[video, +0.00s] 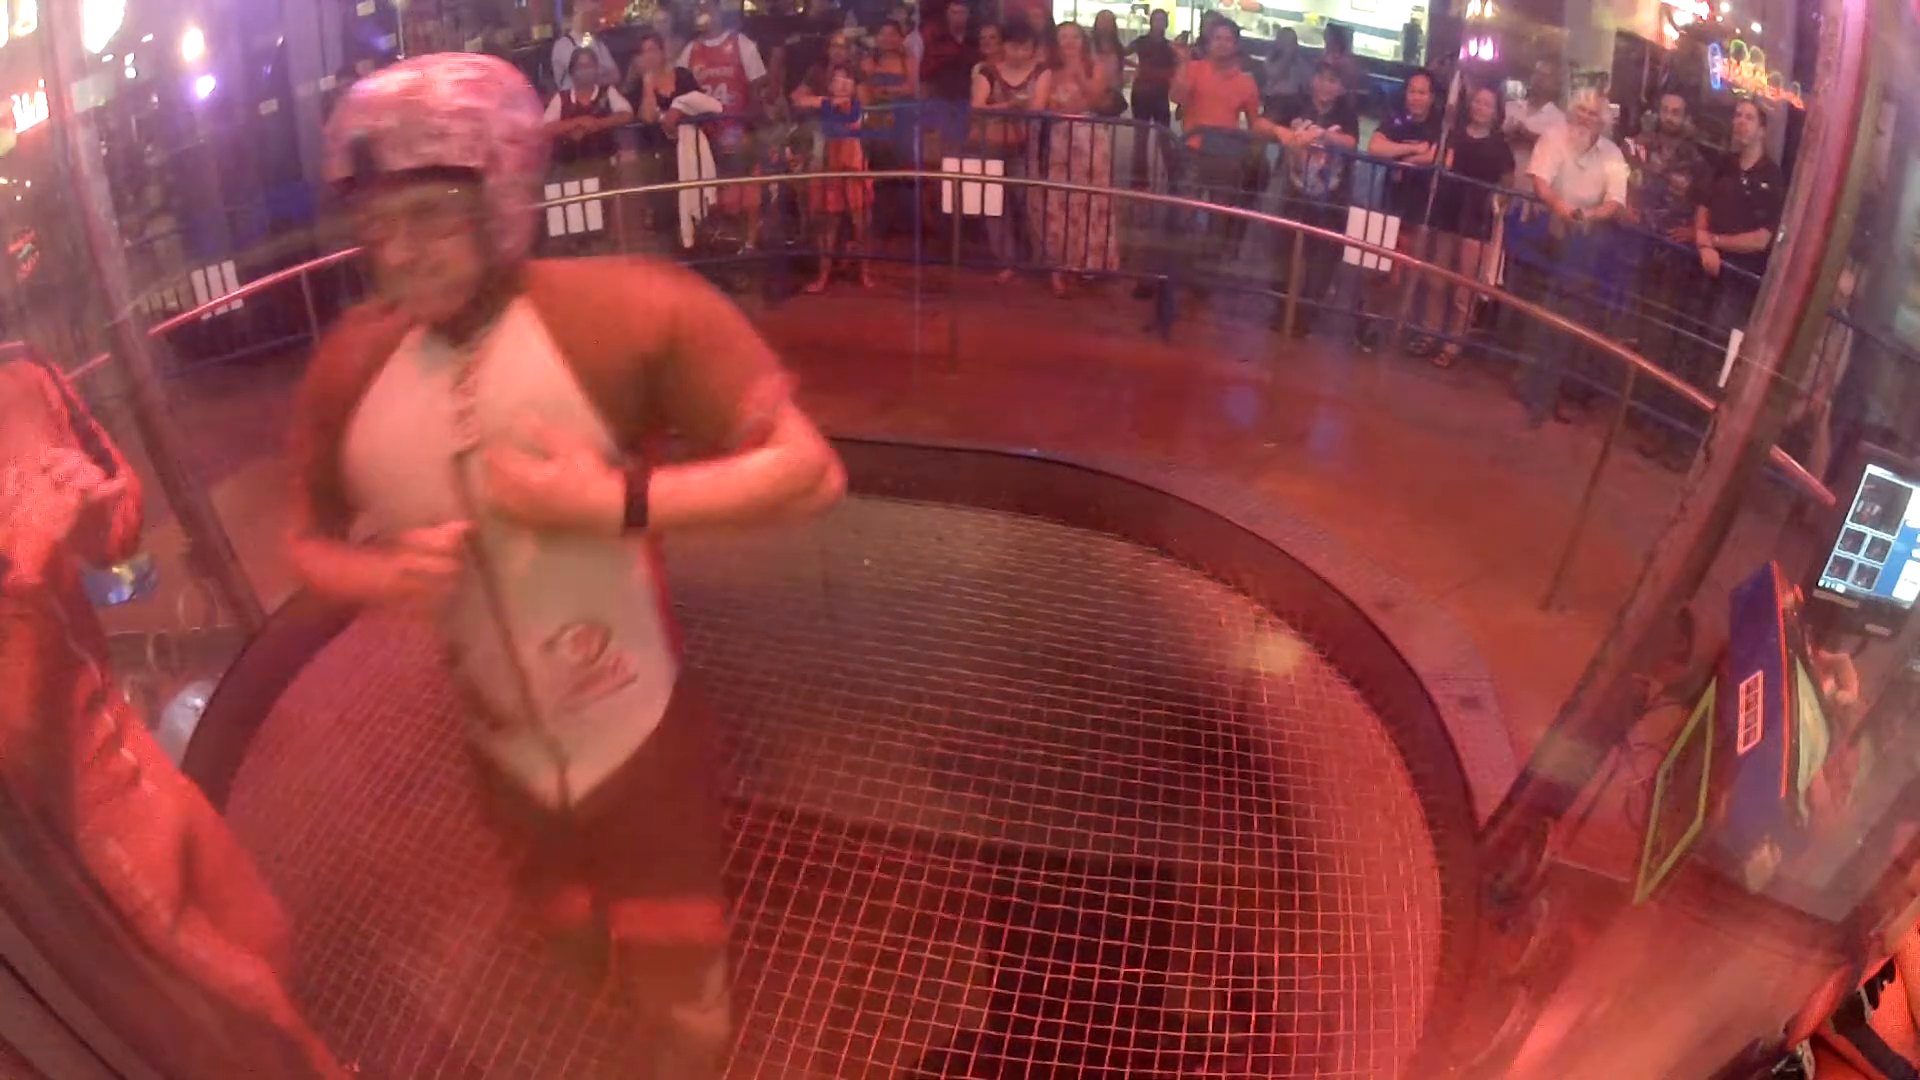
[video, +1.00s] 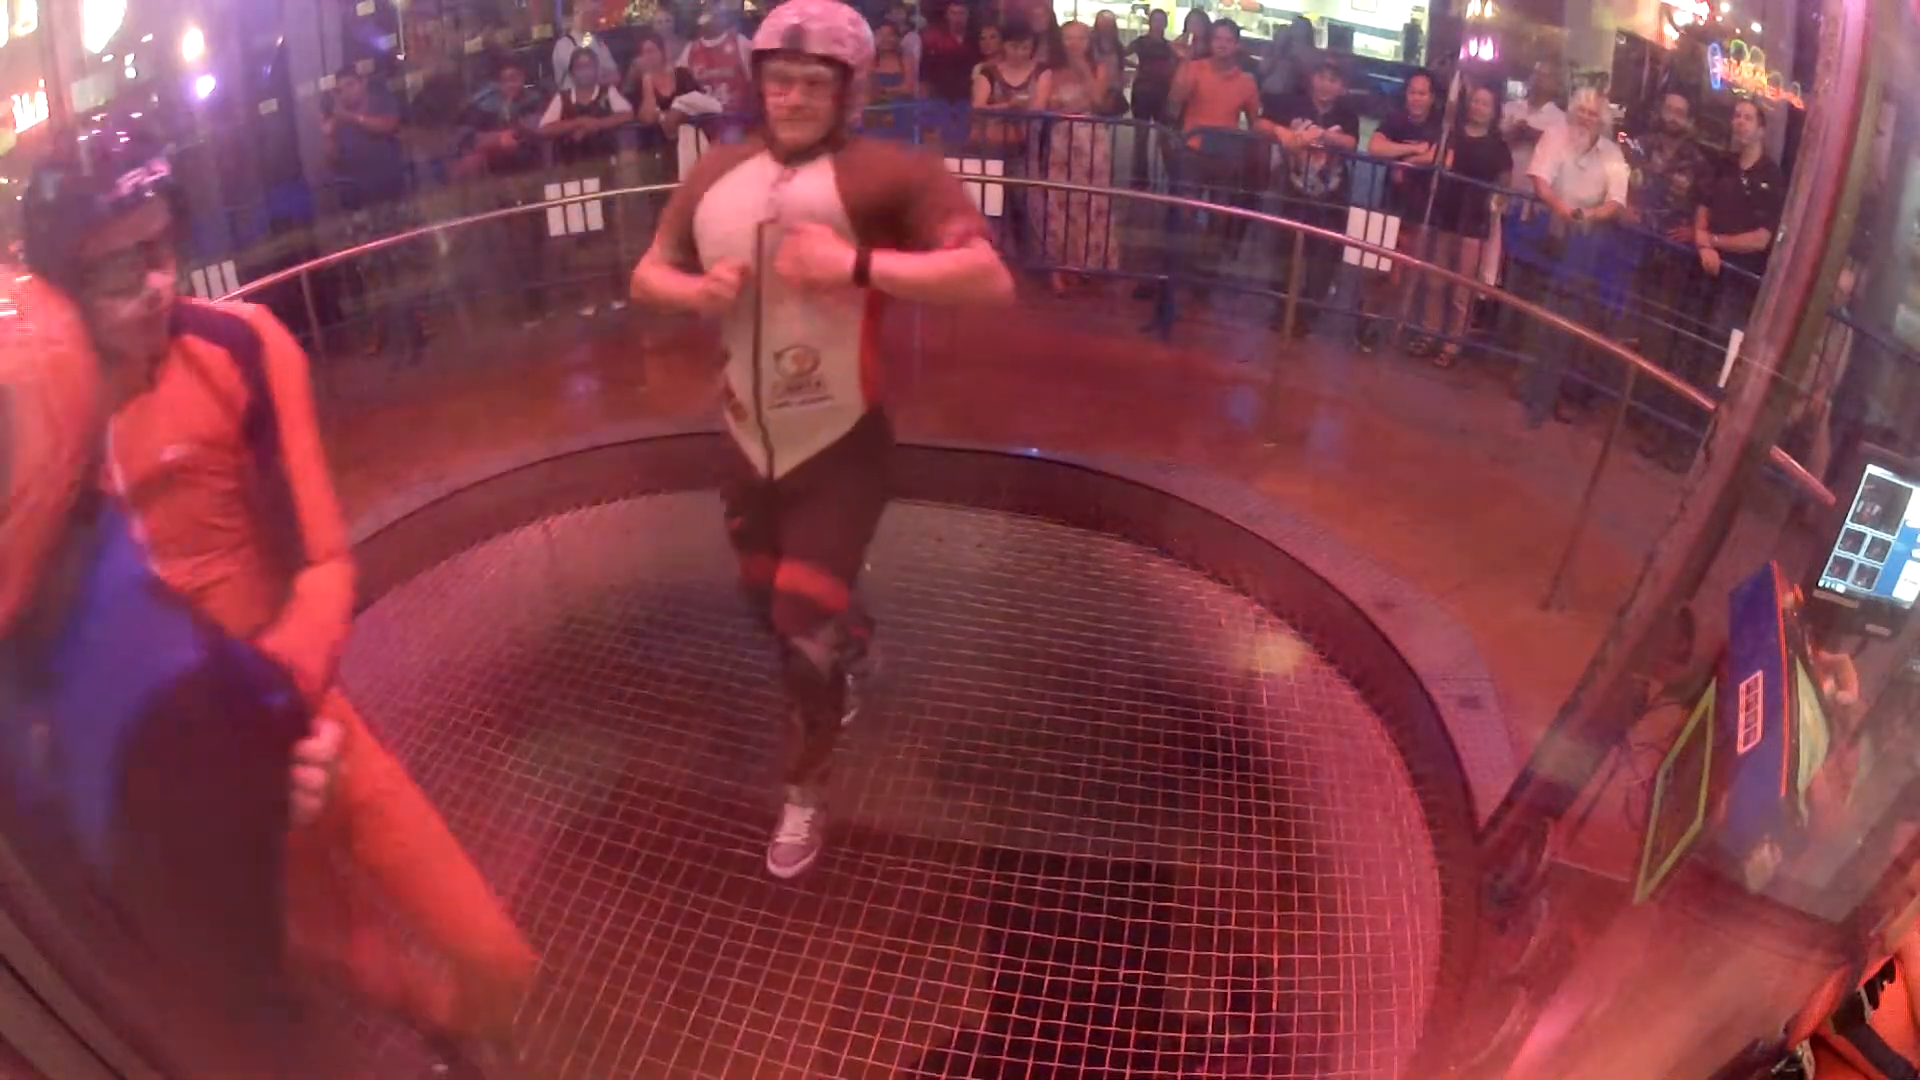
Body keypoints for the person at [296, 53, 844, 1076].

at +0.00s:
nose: (399, 251)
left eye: (429, 217)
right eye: (375, 224)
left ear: (503, 211)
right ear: (356, 229)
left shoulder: (634, 310)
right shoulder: (352, 365)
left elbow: (809, 468)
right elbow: (310, 550)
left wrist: (615, 499)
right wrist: (390, 570)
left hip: (639, 731)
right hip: (503, 745)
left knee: (680, 1000)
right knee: (573, 958)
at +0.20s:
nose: (527, 212)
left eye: (553, 188)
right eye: (513, 190)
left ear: (619, 189)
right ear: (496, 196)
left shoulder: (716, 292)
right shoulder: (476, 321)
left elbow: (855, 437)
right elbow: (422, 454)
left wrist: (680, 454)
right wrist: (493, 501)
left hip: (687, 646)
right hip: (569, 653)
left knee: (692, 881)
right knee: (613, 836)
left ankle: (749, 983)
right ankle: (672, 942)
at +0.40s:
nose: (630, 139)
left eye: (658, 120)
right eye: (617, 119)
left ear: (711, 131)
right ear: (598, 130)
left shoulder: (784, 232)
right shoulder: (572, 250)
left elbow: (902, 375)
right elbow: (509, 356)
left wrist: (736, 388)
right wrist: (560, 405)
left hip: (738, 565)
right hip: (623, 566)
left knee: (742, 758)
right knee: (620, 768)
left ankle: (791, 799)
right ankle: (678, 908)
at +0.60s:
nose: (699, 115)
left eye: (726, 98)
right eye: (689, 95)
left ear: (778, 110)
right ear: (673, 101)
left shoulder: (838, 211)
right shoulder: (649, 201)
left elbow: (921, 358)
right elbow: (562, 302)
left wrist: (766, 327)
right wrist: (616, 332)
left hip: (785, 516)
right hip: (675, 511)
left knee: (776, 718)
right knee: (649, 721)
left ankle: (795, 808)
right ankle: (697, 850)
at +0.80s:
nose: (745, 112)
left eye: (769, 95)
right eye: (733, 95)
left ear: (816, 105)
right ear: (719, 104)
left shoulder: (883, 201)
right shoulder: (693, 199)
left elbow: (977, 316)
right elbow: (616, 295)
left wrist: (837, 323)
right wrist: (680, 327)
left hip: (819, 484)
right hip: (716, 480)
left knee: (791, 671)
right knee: (708, 655)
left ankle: (802, 807)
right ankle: (766, 723)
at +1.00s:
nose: (789, 96)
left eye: (810, 82)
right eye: (776, 79)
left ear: (847, 93)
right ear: (757, 86)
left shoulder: (894, 176)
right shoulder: (715, 178)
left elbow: (990, 276)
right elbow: (643, 276)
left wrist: (857, 264)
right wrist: (696, 288)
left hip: (841, 438)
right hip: (750, 440)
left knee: (802, 615)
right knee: (766, 598)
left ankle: (802, 794)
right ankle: (844, 650)